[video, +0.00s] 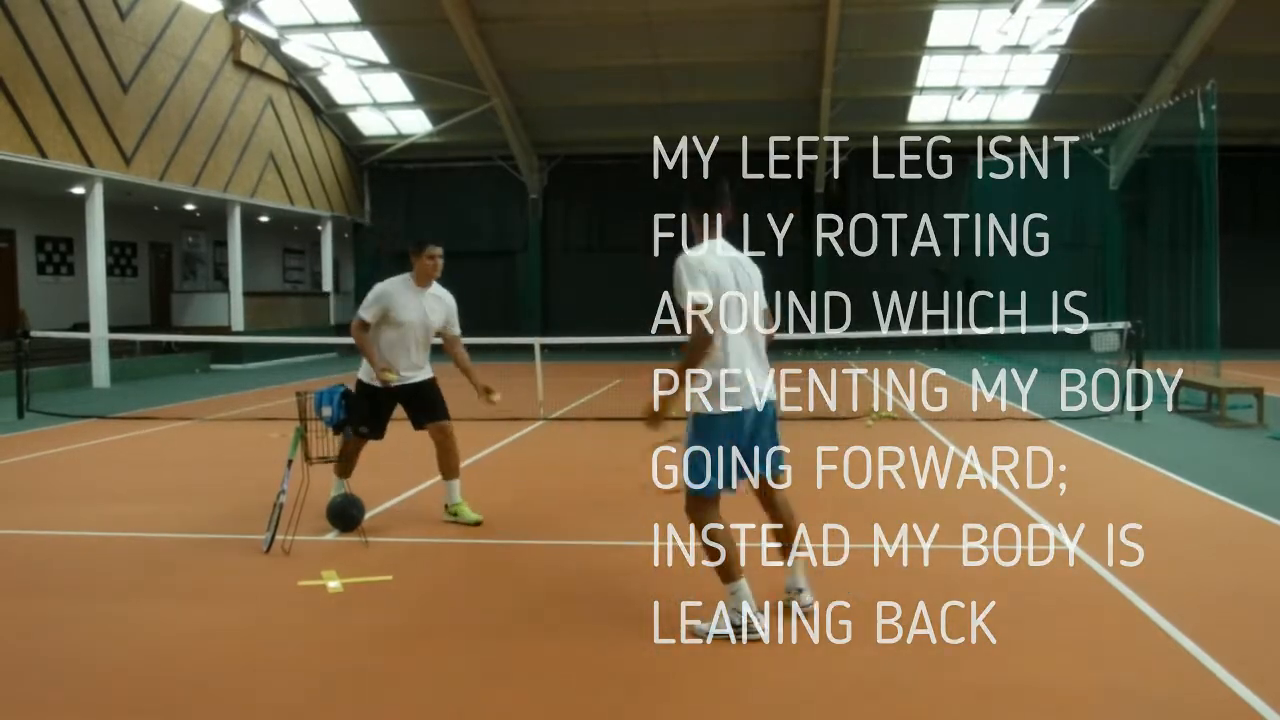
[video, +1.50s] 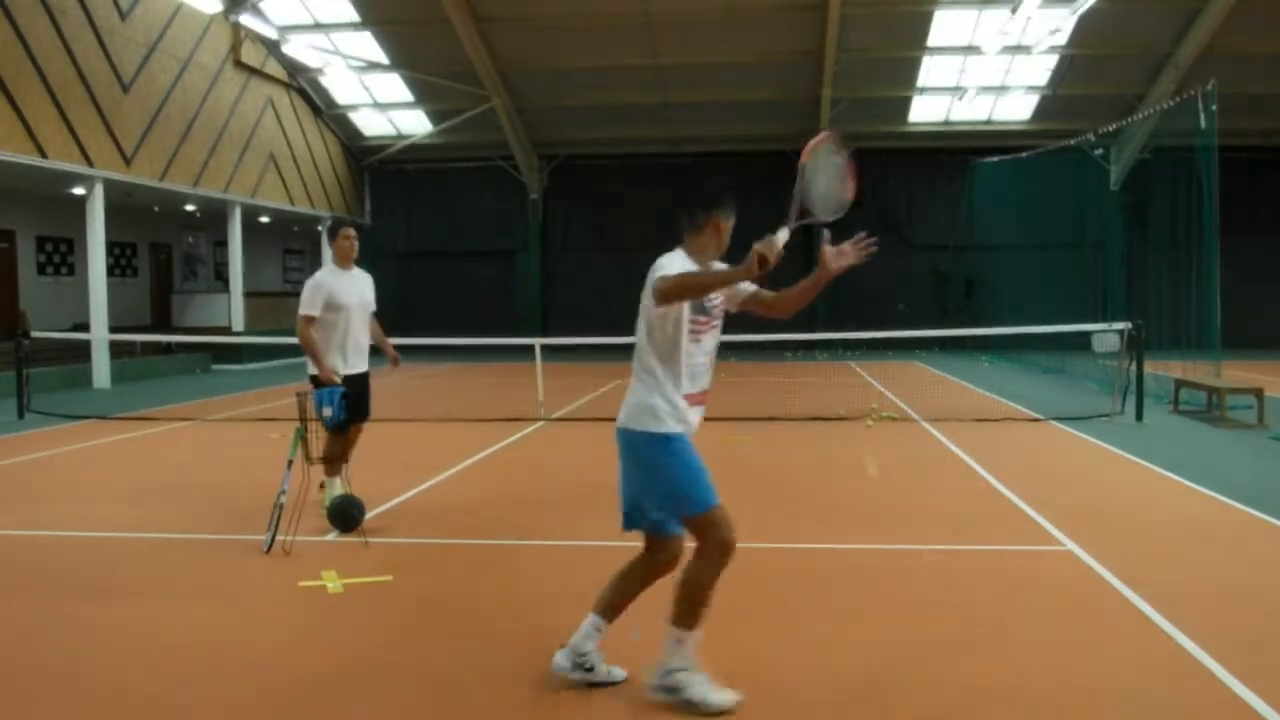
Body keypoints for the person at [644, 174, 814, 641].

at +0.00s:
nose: (689, 224)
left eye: (690, 217)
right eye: (696, 218)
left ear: (694, 218)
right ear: (727, 218)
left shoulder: (691, 262)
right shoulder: (747, 264)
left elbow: (703, 335)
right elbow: (766, 329)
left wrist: (668, 392)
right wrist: (730, 364)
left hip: (717, 409)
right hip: (760, 404)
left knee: (700, 505)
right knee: (771, 489)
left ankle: (741, 607)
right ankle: (800, 585)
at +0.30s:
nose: (700, 227)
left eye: (689, 220)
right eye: (705, 221)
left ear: (669, 221)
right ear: (707, 221)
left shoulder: (644, 264)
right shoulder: (733, 267)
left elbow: (630, 335)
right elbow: (761, 335)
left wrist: (597, 381)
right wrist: (752, 371)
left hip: (659, 416)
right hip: (720, 415)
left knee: (632, 515)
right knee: (735, 510)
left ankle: (621, 624)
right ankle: (750, 619)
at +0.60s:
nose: (659, 219)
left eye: (652, 211)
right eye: (659, 212)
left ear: (612, 215)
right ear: (655, 215)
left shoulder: (590, 264)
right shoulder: (660, 267)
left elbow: (576, 340)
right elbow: (671, 352)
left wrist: (627, 355)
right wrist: (693, 382)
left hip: (587, 422)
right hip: (637, 425)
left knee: (592, 540)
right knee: (682, 532)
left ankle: (568, 660)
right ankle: (730, 631)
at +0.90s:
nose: (636, 217)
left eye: (629, 209)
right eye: (636, 210)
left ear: (591, 214)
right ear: (633, 214)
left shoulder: (571, 271)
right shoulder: (625, 277)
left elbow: (589, 353)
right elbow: (637, 363)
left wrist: (653, 350)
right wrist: (666, 398)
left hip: (560, 432)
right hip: (604, 440)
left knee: (587, 550)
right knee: (615, 564)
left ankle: (547, 656)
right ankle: (541, 682)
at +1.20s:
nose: (656, 244)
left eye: (654, 236)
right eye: (656, 236)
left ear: (610, 238)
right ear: (649, 239)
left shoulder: (601, 290)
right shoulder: (626, 295)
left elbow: (653, 364)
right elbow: (668, 376)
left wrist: (718, 346)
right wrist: (724, 384)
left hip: (594, 458)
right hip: (599, 462)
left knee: (649, 548)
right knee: (591, 591)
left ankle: (578, 658)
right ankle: (509, 706)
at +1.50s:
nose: (730, 235)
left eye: (730, 229)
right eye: (727, 227)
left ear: (704, 227)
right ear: (710, 224)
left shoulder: (719, 277)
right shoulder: (671, 266)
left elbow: (777, 306)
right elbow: (666, 291)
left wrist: (824, 273)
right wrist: (741, 272)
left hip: (665, 428)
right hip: (654, 428)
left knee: (662, 552)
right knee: (718, 538)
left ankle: (579, 651)